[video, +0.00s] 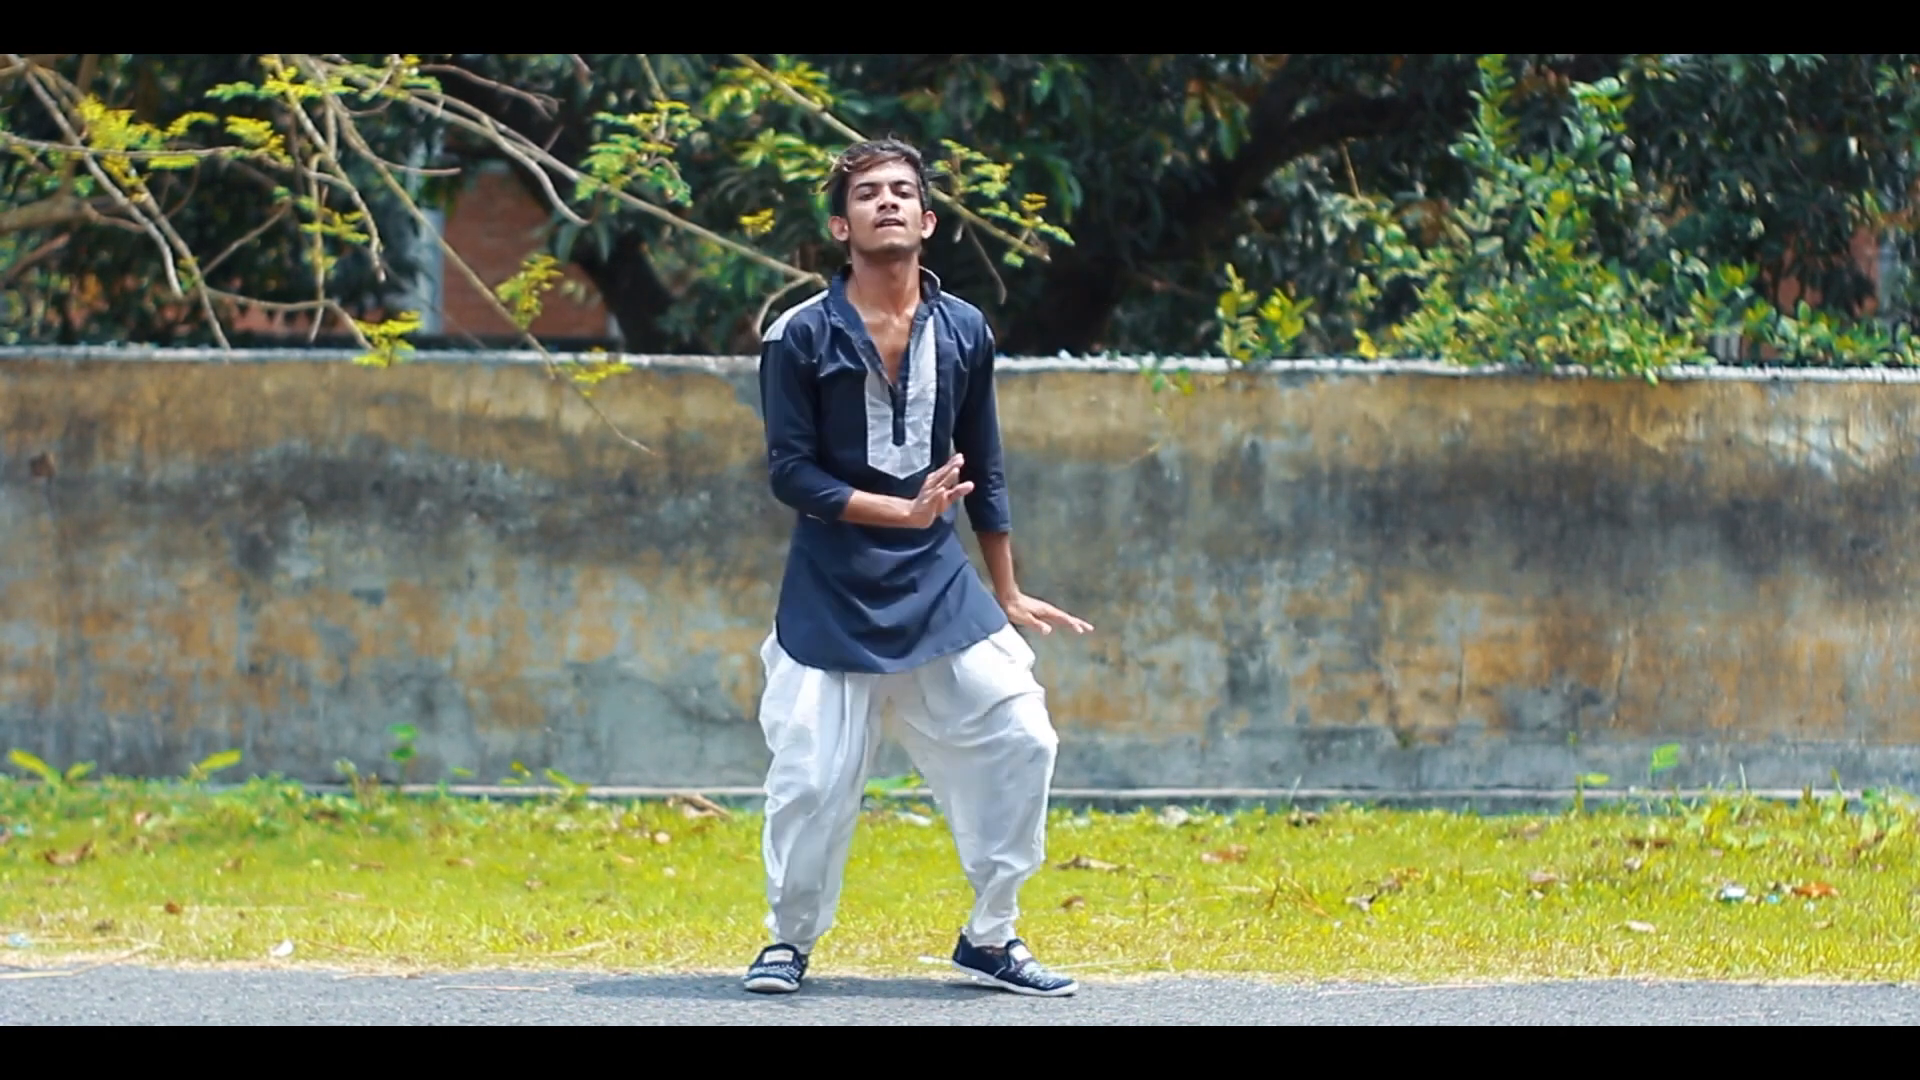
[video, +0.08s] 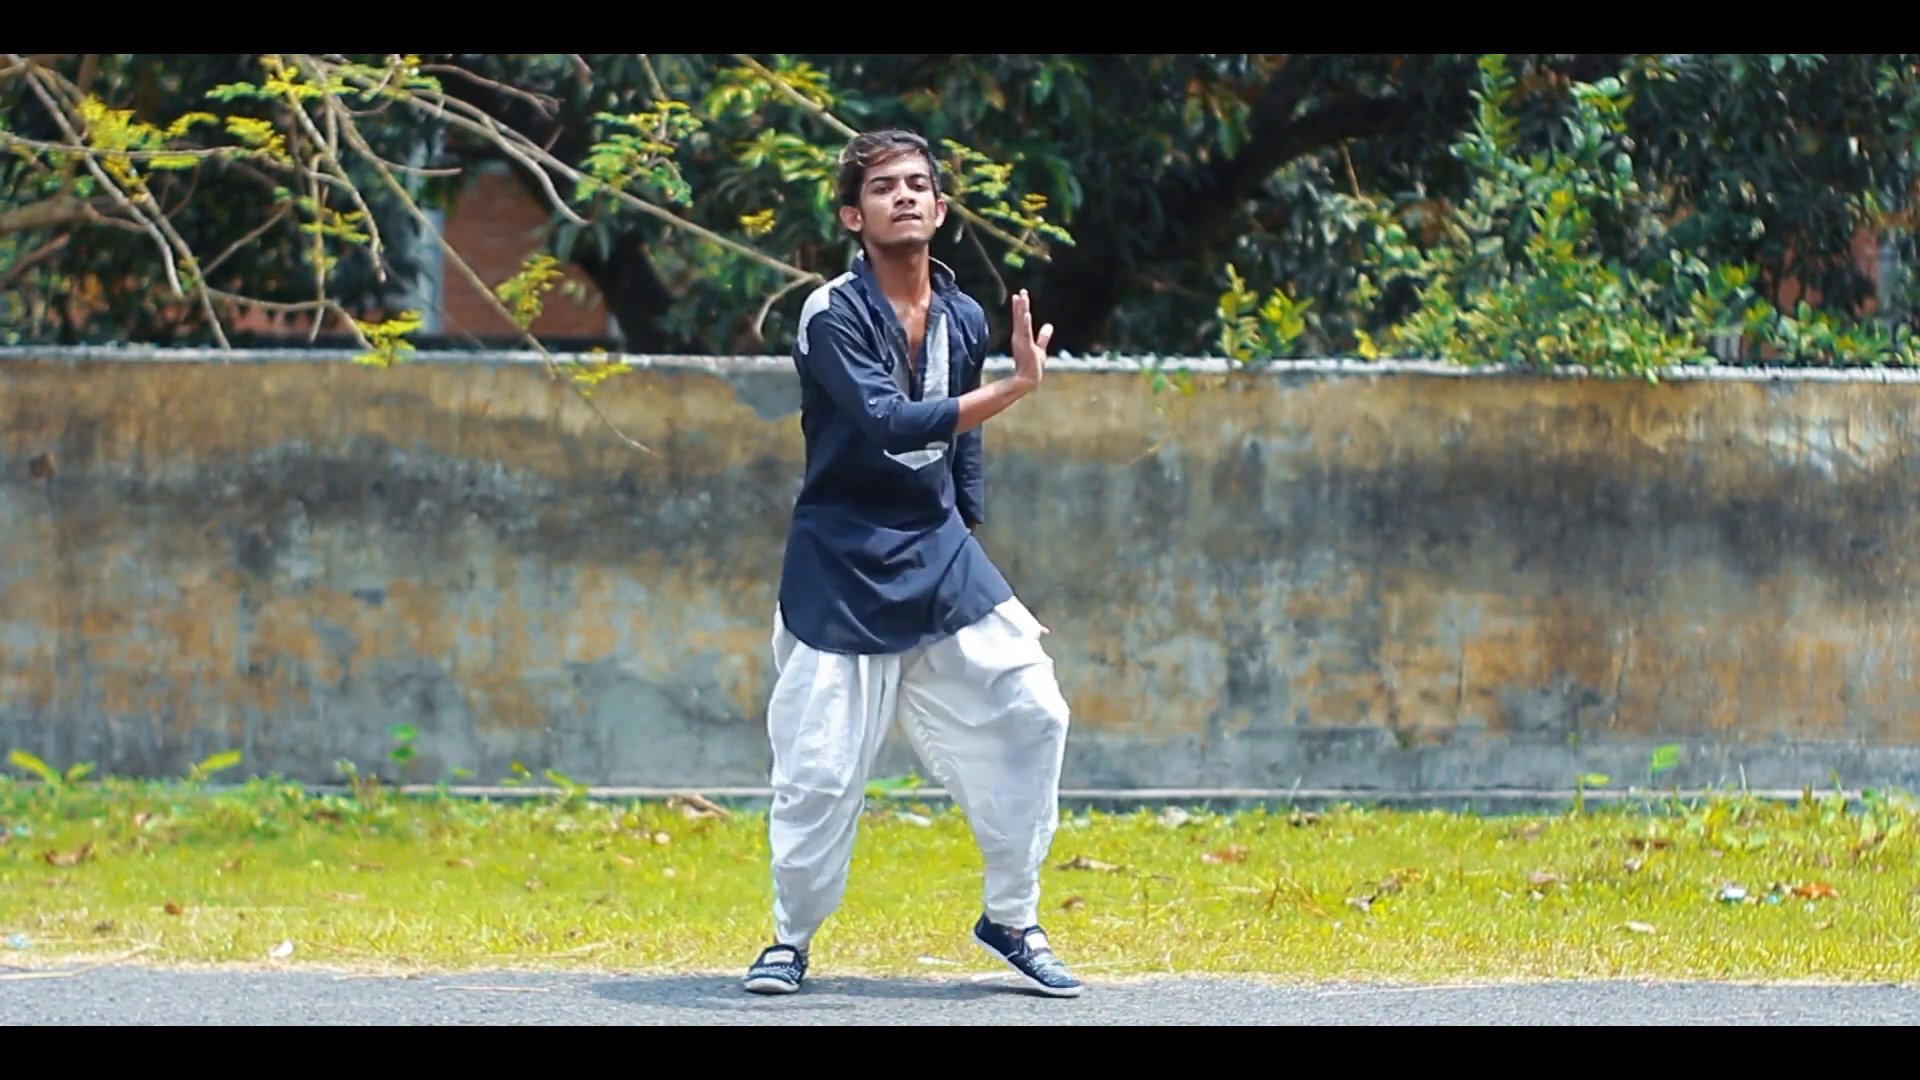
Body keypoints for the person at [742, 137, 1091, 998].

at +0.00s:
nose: (888, 202)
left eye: (902, 192)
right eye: (870, 195)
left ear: (928, 221)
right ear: (842, 228)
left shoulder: (963, 330)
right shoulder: (801, 336)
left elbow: (985, 465)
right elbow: (790, 471)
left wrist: (1008, 590)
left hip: (937, 582)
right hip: (833, 587)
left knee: (1024, 738)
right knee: (811, 779)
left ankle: (990, 936)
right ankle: (788, 943)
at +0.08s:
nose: (905, 198)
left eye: (917, 186)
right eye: (885, 187)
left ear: (939, 207)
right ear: (853, 214)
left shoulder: (964, 317)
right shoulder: (831, 313)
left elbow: (965, 445)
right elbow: (885, 423)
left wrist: (967, 546)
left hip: (937, 552)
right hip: (840, 560)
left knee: (1034, 712)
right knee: (818, 768)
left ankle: (1010, 917)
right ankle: (790, 942)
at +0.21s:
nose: (928, 171)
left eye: (941, 155)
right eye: (907, 161)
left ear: (965, 171)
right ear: (880, 188)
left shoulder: (977, 265)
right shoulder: (890, 271)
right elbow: (992, 315)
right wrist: (1138, 281)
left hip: (954, 538)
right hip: (863, 544)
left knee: (1052, 701)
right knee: (819, 754)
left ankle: (1071, 916)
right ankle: (781, 939)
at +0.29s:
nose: (949, 183)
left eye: (961, 166)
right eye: (927, 172)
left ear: (984, 180)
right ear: (898, 197)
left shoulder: (998, 274)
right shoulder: (919, 285)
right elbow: (1020, 330)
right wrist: (1168, 299)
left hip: (972, 557)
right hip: (879, 557)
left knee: (1061, 725)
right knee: (815, 754)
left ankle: (1094, 935)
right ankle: (774, 929)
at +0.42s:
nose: (974, 233)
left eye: (987, 217)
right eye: (953, 221)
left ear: (1007, 229)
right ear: (923, 242)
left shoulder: (1019, 318)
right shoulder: (932, 345)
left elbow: (991, 441)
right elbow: (1041, 437)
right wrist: (1165, 392)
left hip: (1003, 598)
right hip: (910, 599)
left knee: (1118, 745)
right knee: (821, 786)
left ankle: (1094, 948)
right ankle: (764, 944)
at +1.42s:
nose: (1022, 278)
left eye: (1041, 261)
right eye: (1004, 262)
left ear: (1071, 274)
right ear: (984, 274)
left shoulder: (1076, 368)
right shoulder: (973, 347)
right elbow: (1096, 393)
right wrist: (1244, 406)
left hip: (1014, 620)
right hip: (905, 617)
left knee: (1129, 762)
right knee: (766, 777)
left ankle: (1112, 953)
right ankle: (767, 945)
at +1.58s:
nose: (1038, 214)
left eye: (1056, 199)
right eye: (1020, 201)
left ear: (1087, 213)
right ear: (998, 217)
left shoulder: (1105, 322)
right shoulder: (984, 289)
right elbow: (1095, 355)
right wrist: (1209, 401)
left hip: (1001, 557)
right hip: (899, 542)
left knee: (1074, 746)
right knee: (829, 740)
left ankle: (1109, 941)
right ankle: (773, 935)